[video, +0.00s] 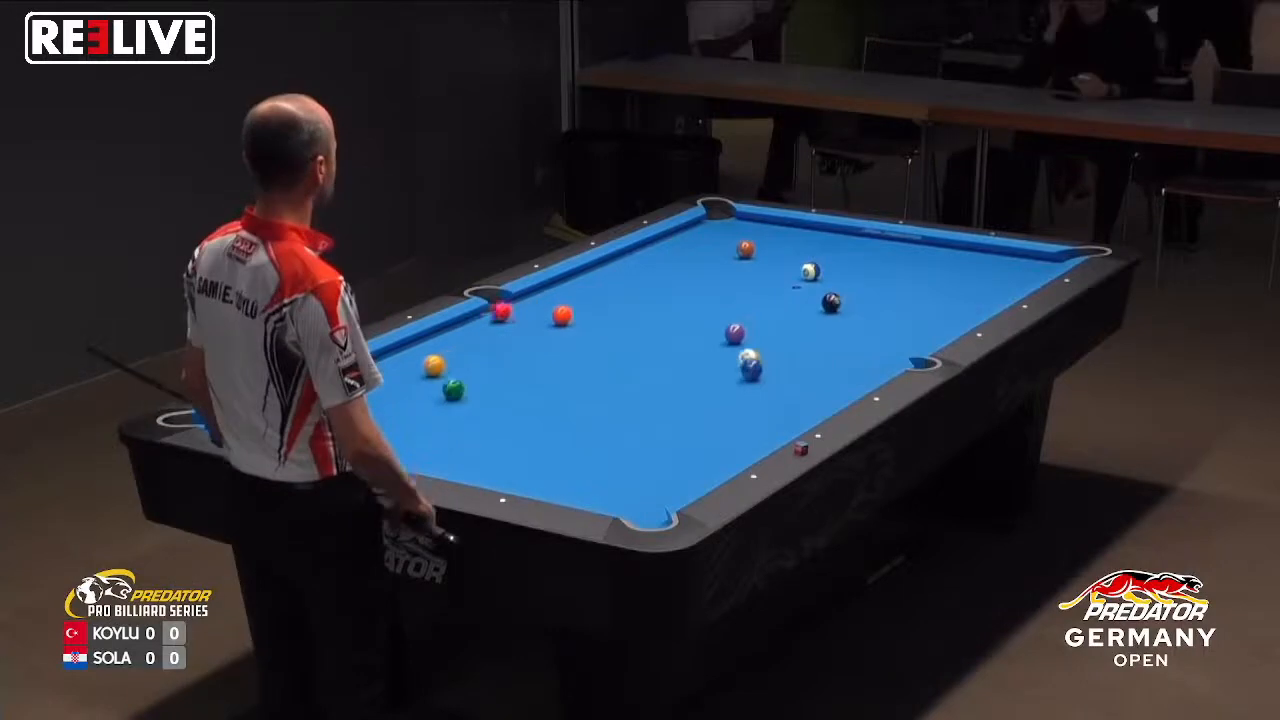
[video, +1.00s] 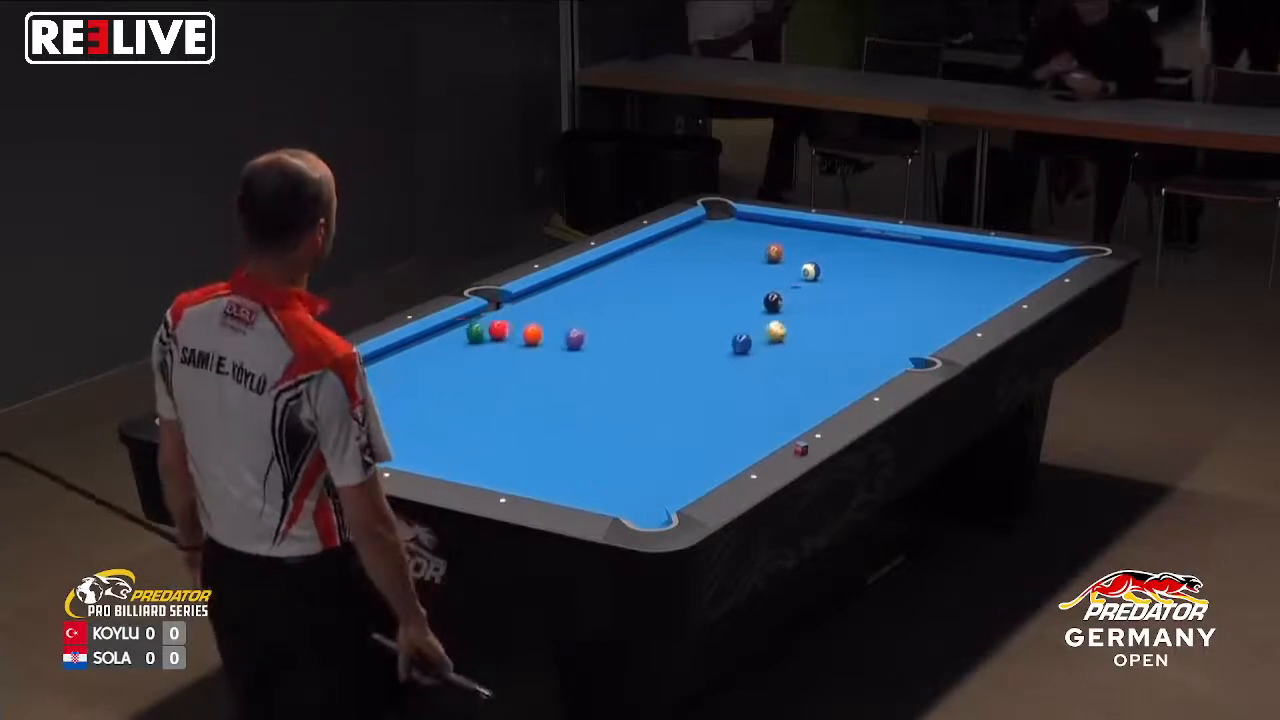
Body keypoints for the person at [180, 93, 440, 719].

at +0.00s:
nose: (335, 165)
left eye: (331, 153)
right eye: (333, 154)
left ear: (251, 163)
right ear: (321, 167)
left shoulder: (208, 255)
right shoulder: (313, 282)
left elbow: (196, 378)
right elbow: (357, 440)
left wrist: (241, 441)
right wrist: (407, 496)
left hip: (247, 497)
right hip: (319, 503)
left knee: (281, 664)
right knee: (348, 662)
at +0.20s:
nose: (334, 186)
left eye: (330, 172)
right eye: (332, 174)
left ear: (248, 180)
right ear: (320, 186)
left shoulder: (205, 275)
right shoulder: (315, 307)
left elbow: (195, 395)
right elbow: (357, 468)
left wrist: (215, 466)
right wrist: (406, 531)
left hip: (246, 518)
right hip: (318, 528)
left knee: (281, 671)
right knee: (350, 674)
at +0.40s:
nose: (335, 207)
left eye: (331, 193)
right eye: (334, 195)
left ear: (248, 202)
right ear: (321, 209)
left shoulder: (200, 299)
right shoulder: (319, 334)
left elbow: (195, 426)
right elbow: (361, 488)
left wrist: (206, 513)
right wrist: (406, 565)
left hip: (242, 550)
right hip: (317, 556)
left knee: (283, 690)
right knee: (352, 693)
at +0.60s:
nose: (336, 221)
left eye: (332, 205)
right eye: (335, 208)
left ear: (246, 208)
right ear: (320, 222)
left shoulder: (190, 309)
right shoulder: (323, 345)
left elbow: (186, 442)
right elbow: (368, 498)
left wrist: (196, 535)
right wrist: (418, 593)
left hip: (237, 564)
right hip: (318, 572)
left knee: (273, 699)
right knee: (351, 700)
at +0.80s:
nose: (336, 228)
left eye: (333, 212)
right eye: (335, 215)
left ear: (245, 215)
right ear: (320, 230)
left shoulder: (184, 316)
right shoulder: (324, 353)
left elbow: (179, 447)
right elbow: (372, 510)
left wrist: (194, 544)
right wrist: (421, 610)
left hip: (231, 571)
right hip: (316, 579)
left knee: (259, 705)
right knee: (335, 704)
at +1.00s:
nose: (334, 228)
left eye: (332, 213)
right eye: (334, 216)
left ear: (242, 218)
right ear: (320, 233)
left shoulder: (180, 320)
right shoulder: (324, 359)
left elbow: (172, 458)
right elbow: (368, 520)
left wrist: (190, 540)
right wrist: (412, 620)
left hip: (229, 577)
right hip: (314, 587)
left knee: (256, 705)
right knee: (338, 706)